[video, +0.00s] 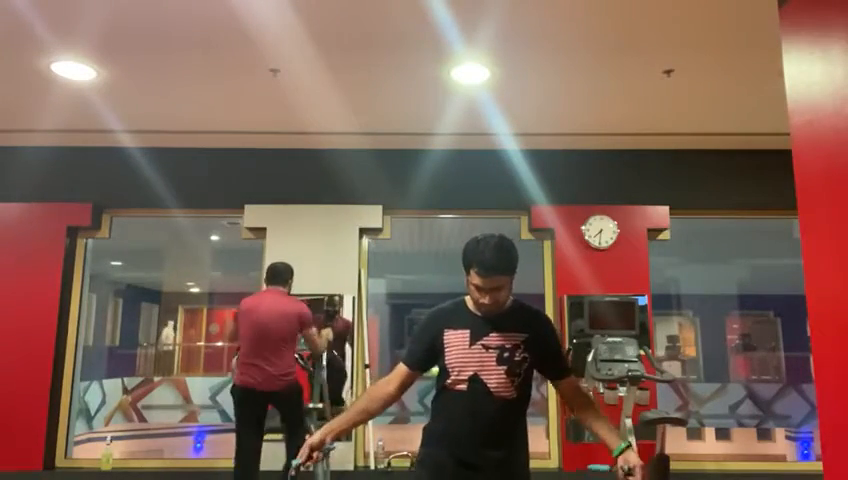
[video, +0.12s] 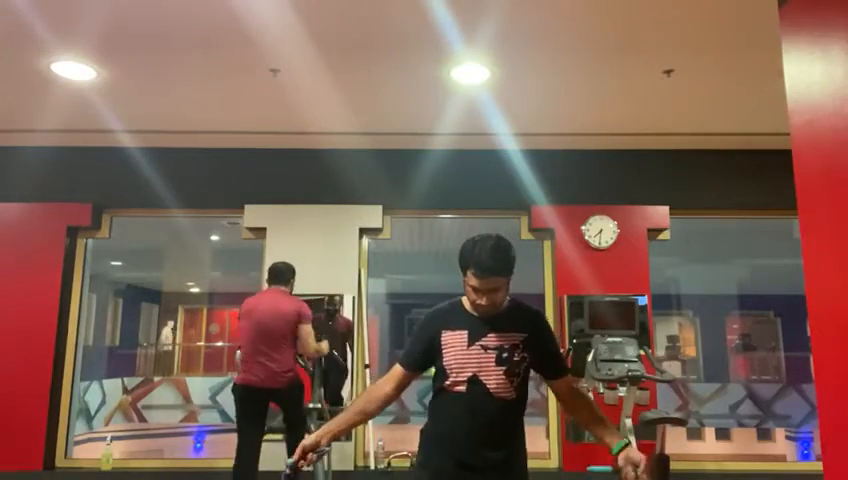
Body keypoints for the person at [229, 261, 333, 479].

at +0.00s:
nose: (290, 285)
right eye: (291, 282)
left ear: (266, 281)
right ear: (289, 283)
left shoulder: (246, 304)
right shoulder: (298, 308)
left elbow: (231, 337)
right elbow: (317, 348)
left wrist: (255, 331)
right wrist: (325, 336)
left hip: (248, 387)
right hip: (284, 386)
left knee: (247, 445)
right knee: (295, 433)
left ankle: (245, 477)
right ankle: (294, 473)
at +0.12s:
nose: (292, 285)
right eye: (293, 281)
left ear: (267, 280)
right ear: (292, 282)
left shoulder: (247, 304)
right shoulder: (299, 307)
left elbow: (246, 343)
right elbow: (308, 350)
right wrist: (323, 348)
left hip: (249, 384)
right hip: (284, 384)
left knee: (247, 444)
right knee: (295, 427)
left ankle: (243, 477)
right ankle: (297, 472)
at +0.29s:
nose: (296, 281)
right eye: (297, 277)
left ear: (272, 275)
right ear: (296, 277)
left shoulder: (252, 297)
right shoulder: (305, 301)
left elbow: (244, 336)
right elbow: (319, 343)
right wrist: (326, 336)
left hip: (253, 378)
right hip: (288, 378)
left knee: (254, 435)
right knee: (287, 438)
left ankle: (248, 476)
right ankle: (292, 476)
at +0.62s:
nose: (292, 281)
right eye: (293, 278)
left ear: (268, 277)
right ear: (293, 278)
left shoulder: (248, 300)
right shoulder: (304, 303)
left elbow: (228, 342)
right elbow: (321, 330)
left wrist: (236, 353)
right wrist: (331, 326)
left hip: (251, 381)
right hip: (286, 382)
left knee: (256, 426)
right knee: (282, 433)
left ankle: (256, 473)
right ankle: (277, 474)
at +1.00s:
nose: (294, 285)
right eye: (294, 282)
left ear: (269, 280)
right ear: (292, 282)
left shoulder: (249, 303)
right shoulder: (299, 306)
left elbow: (247, 342)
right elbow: (308, 350)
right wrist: (323, 347)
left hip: (249, 384)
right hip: (285, 383)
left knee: (248, 443)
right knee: (296, 429)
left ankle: (244, 476)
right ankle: (296, 473)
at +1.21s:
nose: (297, 280)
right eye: (298, 277)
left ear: (273, 274)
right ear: (296, 277)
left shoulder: (252, 297)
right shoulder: (305, 300)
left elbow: (244, 333)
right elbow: (322, 341)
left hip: (254, 379)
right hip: (289, 379)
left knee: (254, 434)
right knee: (286, 438)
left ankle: (250, 476)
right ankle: (288, 476)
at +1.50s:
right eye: (293, 278)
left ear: (269, 276)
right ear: (293, 278)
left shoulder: (247, 299)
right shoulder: (303, 303)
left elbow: (228, 340)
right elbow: (322, 330)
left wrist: (243, 348)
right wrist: (334, 325)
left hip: (251, 381)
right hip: (286, 382)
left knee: (256, 430)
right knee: (278, 439)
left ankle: (258, 473)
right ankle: (277, 475)